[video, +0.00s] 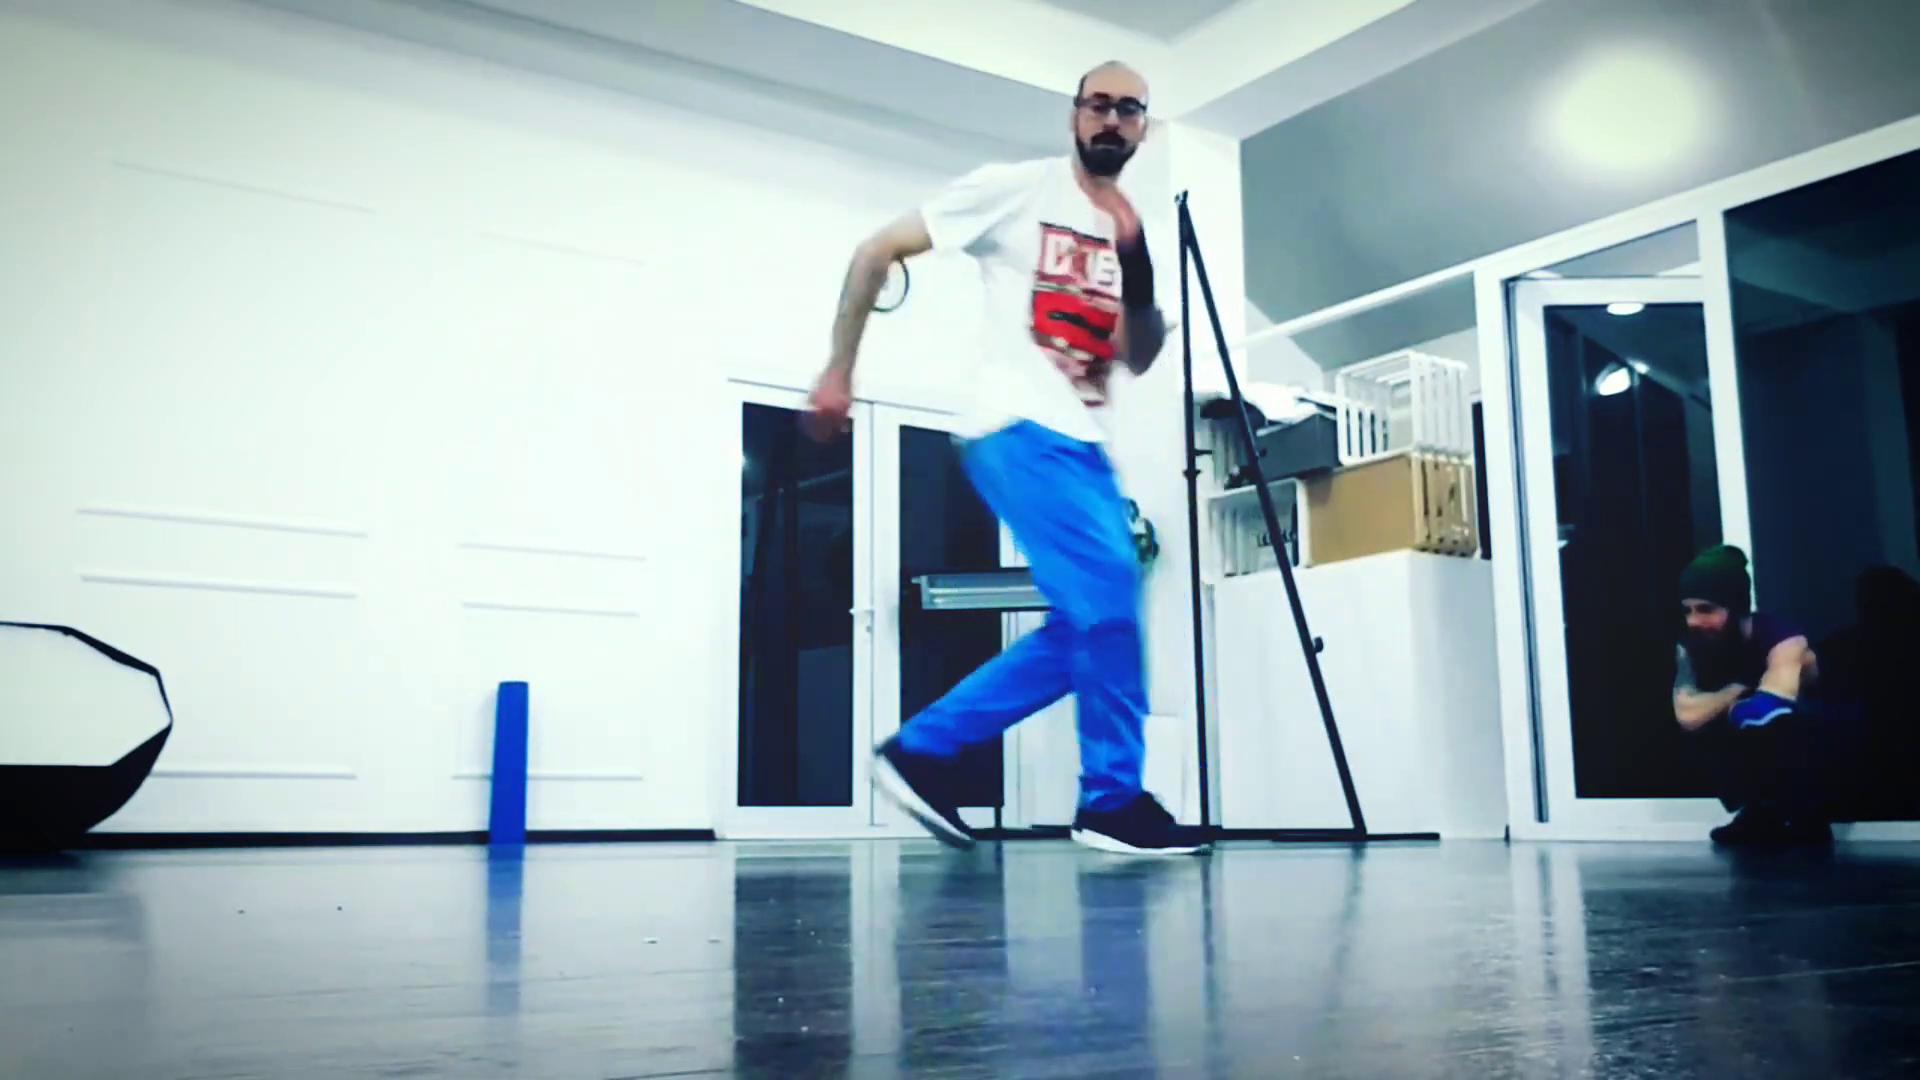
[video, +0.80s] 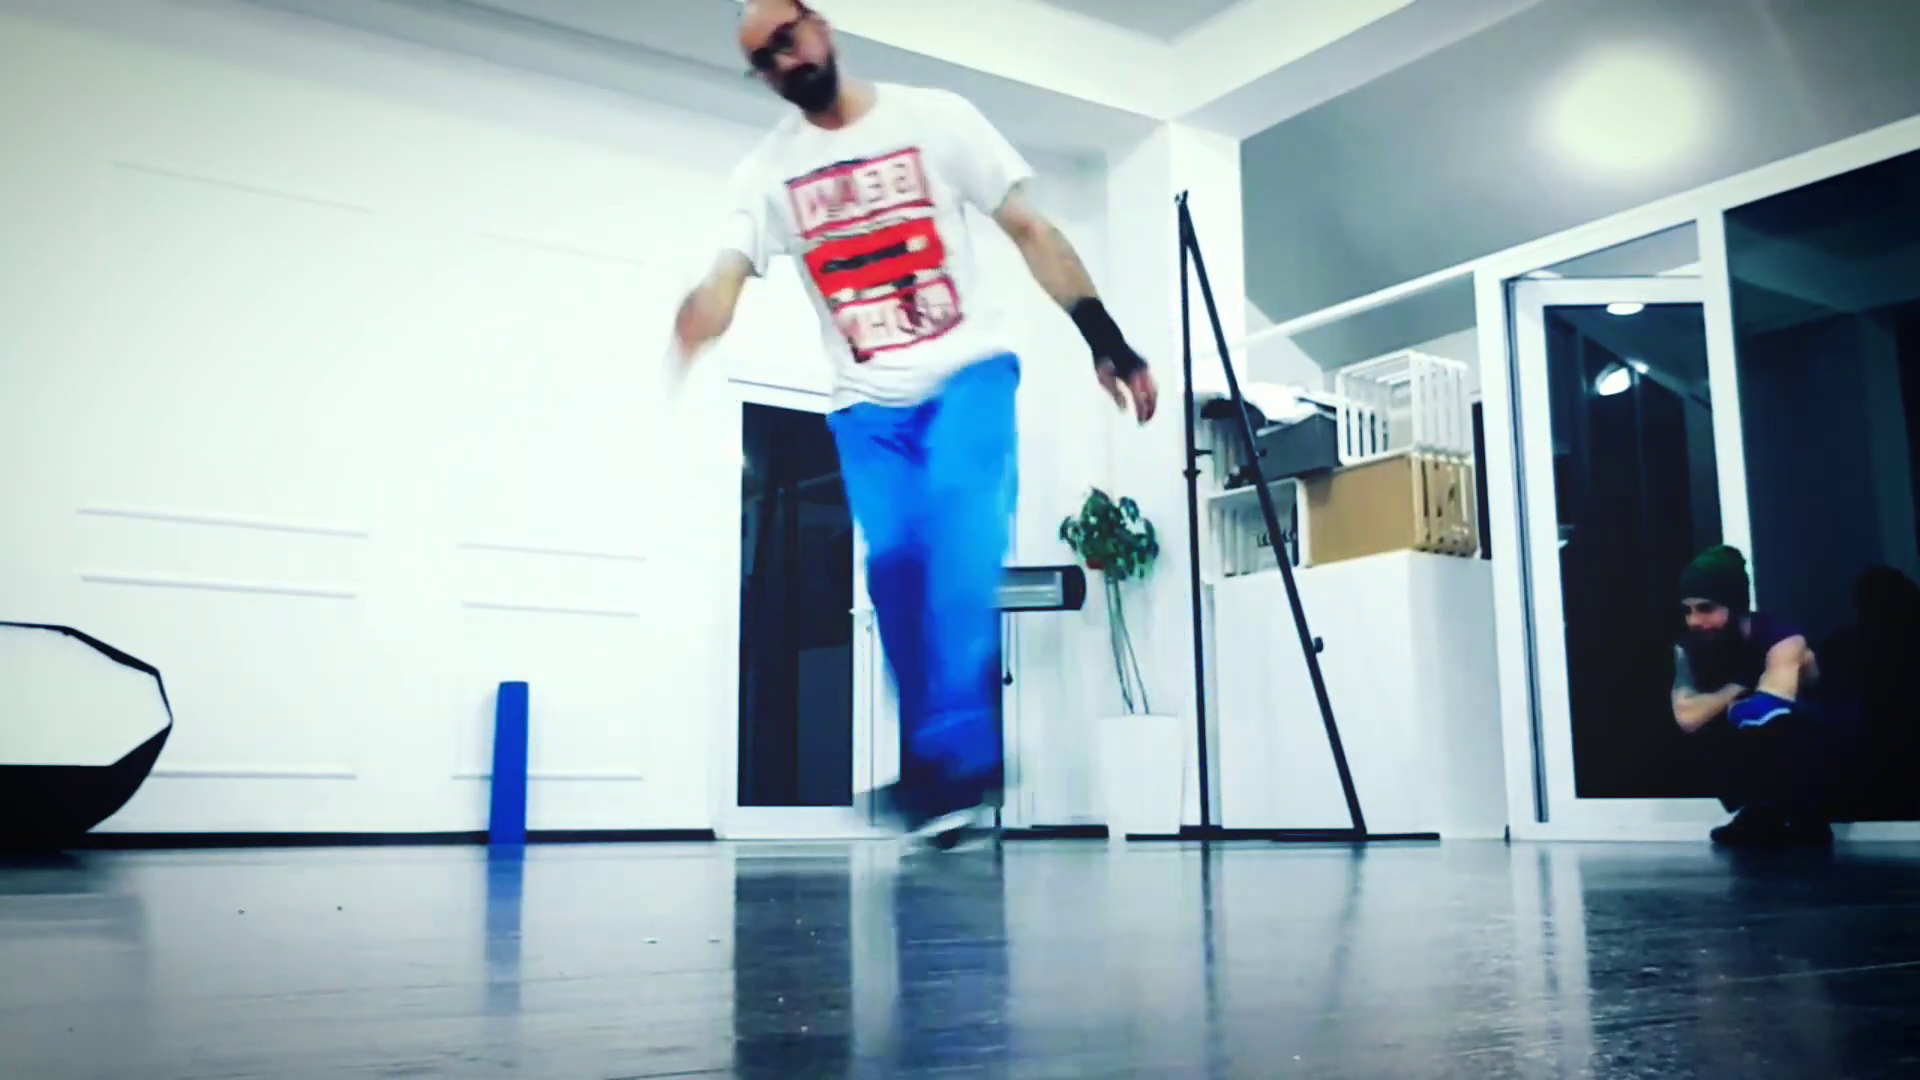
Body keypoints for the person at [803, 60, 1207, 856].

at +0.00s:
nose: (1110, 120)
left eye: (1126, 110)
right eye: (1097, 105)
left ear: (1144, 127)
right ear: (1073, 113)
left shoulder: (1132, 224)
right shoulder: (1019, 187)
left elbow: (1140, 357)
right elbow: (876, 252)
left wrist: (1136, 260)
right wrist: (838, 371)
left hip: (1080, 438)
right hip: (1014, 424)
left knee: (1090, 623)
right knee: (1109, 578)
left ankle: (918, 752)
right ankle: (1113, 797)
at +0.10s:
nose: (1097, 116)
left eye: (1112, 104)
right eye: (1083, 101)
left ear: (1129, 120)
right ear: (1057, 111)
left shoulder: (1122, 249)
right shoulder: (997, 182)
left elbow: (1107, 396)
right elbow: (876, 268)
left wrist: (1120, 360)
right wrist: (926, 347)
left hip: (1033, 443)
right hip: (959, 415)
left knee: (1016, 612)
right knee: (1047, 569)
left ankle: (904, 790)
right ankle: (1036, 777)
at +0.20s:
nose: (1065, 104)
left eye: (1079, 90)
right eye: (1049, 89)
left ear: (1096, 104)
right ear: (1020, 100)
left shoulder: (1094, 239)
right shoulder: (964, 173)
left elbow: (1065, 363)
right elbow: (873, 278)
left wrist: (1086, 446)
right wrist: (975, 250)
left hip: (1012, 433)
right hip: (930, 392)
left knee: (1003, 617)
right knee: (997, 533)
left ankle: (884, 795)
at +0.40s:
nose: (996, 84)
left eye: (1009, 68)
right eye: (978, 71)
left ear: (1031, 79)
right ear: (953, 84)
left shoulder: (1054, 213)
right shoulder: (906, 164)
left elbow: (1024, 324)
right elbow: (835, 291)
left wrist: (1038, 366)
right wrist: (888, 333)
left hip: (983, 429)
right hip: (895, 397)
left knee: (968, 617)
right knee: (915, 528)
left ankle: (875, 801)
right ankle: (887, 765)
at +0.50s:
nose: (948, 68)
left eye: (958, 51)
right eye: (928, 58)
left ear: (982, 57)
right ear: (905, 72)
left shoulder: (1029, 177)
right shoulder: (868, 159)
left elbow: (1039, 326)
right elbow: (811, 289)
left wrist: (1020, 260)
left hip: (978, 408)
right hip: (883, 391)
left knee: (984, 604)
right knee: (927, 524)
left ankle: (879, 772)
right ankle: (920, 775)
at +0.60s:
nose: (893, 60)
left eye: (901, 39)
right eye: (871, 51)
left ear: (926, 41)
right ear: (850, 68)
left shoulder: (999, 151)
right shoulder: (828, 163)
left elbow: (1057, 288)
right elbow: (776, 295)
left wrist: (1008, 224)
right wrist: (730, 419)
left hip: (979, 398)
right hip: (878, 392)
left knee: (1041, 567)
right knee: (938, 556)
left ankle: (960, 766)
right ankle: (880, 781)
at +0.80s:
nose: (784, 63)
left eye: (788, 38)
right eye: (763, 59)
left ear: (823, 24)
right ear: (757, 73)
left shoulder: (937, 119)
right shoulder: (768, 171)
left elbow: (1031, 230)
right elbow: (728, 273)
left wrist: (1105, 338)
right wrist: (699, 316)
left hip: (970, 372)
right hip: (868, 398)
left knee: (959, 540)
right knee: (891, 557)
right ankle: (943, 773)